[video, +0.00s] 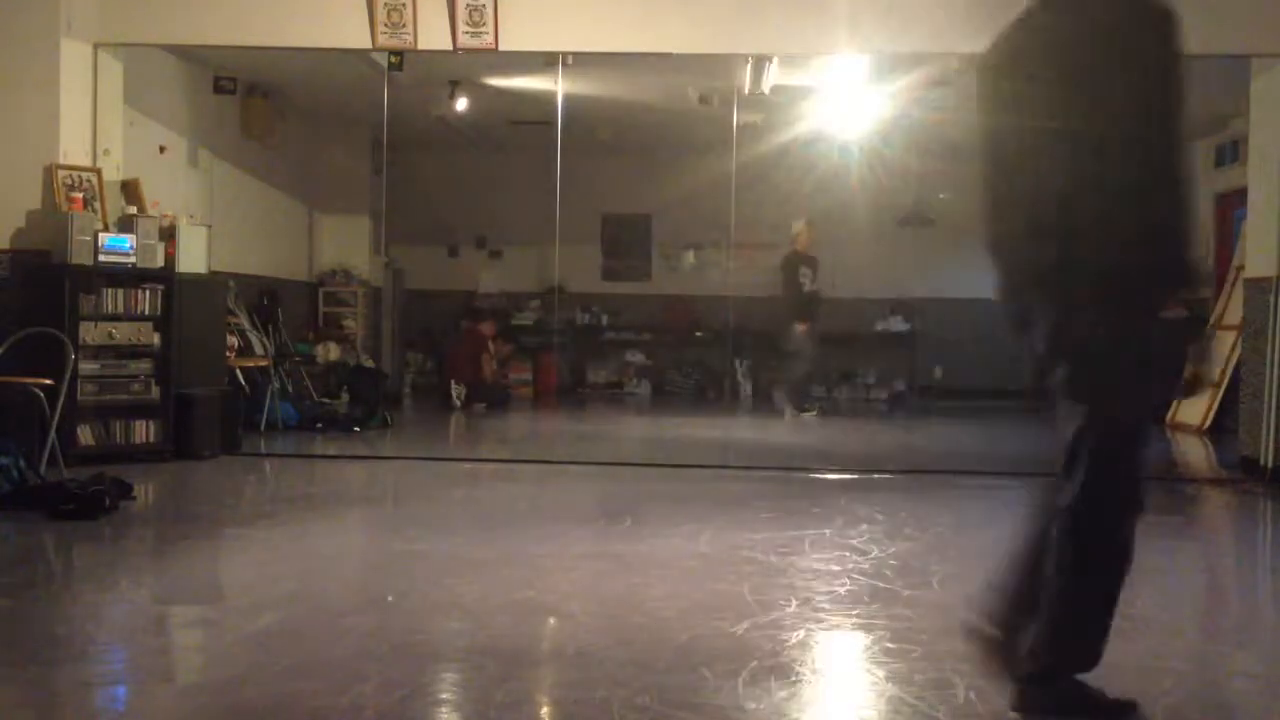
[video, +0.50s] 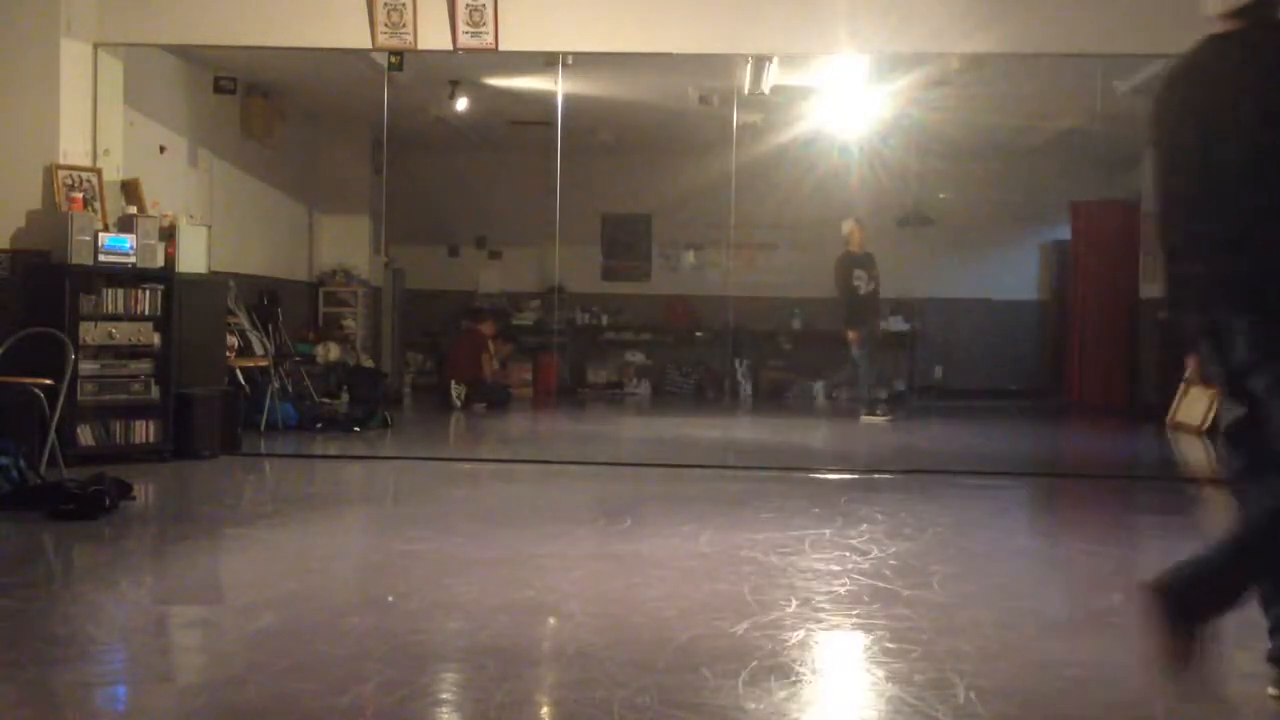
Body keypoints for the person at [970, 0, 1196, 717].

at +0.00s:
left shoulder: (1015, 43)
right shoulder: (1138, 21)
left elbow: (1013, 190)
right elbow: (1145, 166)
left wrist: (1029, 299)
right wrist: (1171, 283)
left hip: (1056, 293)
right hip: (1115, 297)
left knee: (1096, 461)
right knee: (1108, 479)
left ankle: (1014, 618)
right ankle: (1051, 673)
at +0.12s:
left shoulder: (1061, 46)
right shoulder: (1193, 31)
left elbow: (1039, 195)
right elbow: (1225, 168)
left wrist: (1061, 296)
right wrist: (1260, 253)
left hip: (1074, 292)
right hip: (1157, 286)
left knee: (1156, 472)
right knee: (1119, 477)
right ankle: (1052, 674)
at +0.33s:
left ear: (1177, 5)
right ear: (1236, 0)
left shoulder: (1133, 75)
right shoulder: (1259, 59)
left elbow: (1121, 219)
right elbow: (1253, 206)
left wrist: (1124, 340)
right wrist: (1257, 313)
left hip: (1154, 318)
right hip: (1228, 317)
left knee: (1241, 493)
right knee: (1181, 491)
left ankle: (1279, 636)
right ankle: (1071, 649)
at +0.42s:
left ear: (1206, 9)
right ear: (1259, 4)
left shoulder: (1166, 79)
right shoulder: (1265, 62)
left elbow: (1155, 224)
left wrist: (1163, 342)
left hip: (1201, 324)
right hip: (1257, 324)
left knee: (1256, 495)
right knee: (1251, 492)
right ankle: (1117, 628)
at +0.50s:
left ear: (1235, 9)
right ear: (1271, 10)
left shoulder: (1192, 73)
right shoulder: (1259, 65)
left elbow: (1180, 217)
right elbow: (1186, 220)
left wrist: (1193, 330)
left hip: (1223, 310)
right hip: (1264, 310)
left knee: (1260, 473)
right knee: (1277, 481)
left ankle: (1278, 637)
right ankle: (1189, 597)